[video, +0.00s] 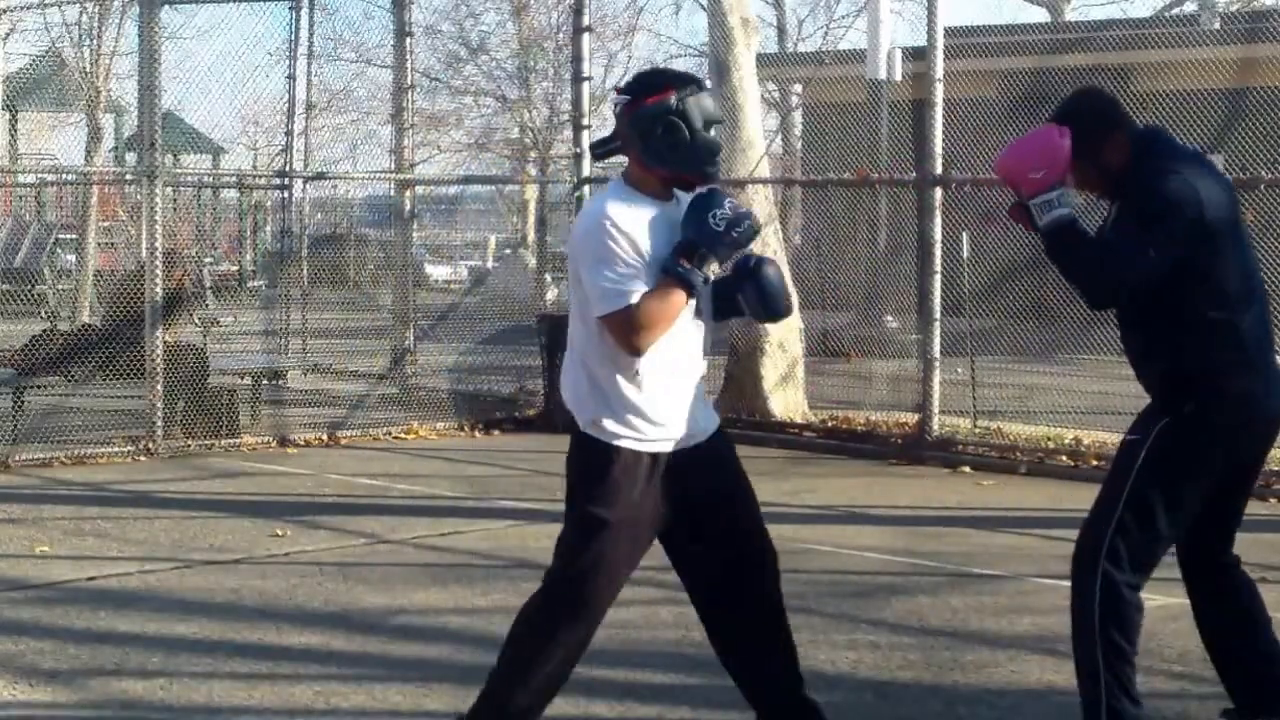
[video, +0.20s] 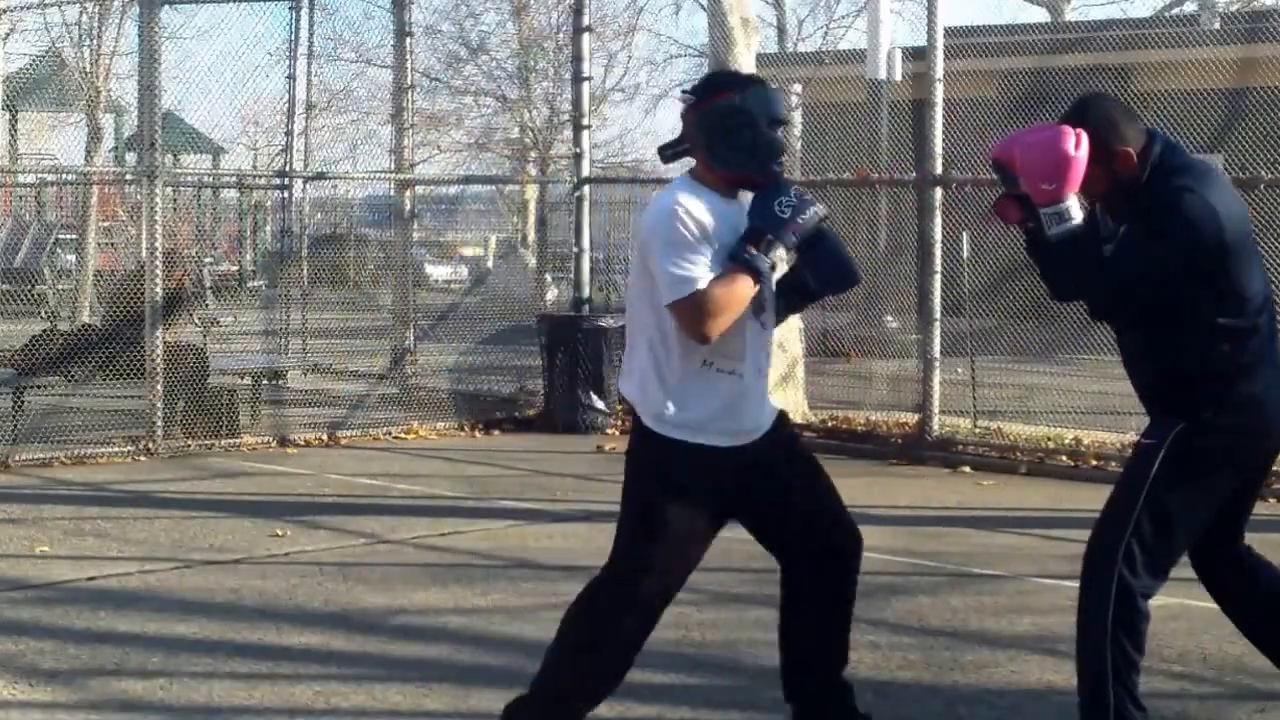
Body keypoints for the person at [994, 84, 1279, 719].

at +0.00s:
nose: (1081, 185)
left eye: (1079, 170)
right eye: (1074, 173)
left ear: (1108, 149)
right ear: (1121, 138)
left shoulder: (1162, 189)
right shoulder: (1187, 170)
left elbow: (1103, 282)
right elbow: (1108, 276)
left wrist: (1051, 208)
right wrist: (1048, 222)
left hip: (1197, 406)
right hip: (1248, 401)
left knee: (1104, 559)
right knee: (1206, 556)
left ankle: (1110, 709)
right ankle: (1264, 700)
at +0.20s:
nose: (1080, 186)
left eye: (1081, 173)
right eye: (1074, 174)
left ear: (1114, 158)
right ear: (1124, 150)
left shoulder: (1177, 204)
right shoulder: (1174, 180)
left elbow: (1108, 297)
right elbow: (1080, 282)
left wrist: (1059, 210)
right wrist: (1036, 221)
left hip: (1205, 415)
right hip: (1248, 409)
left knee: (1117, 562)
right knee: (1220, 555)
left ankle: (1112, 707)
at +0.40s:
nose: (1169, 163)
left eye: (1173, 148)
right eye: (1166, 151)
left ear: (1203, 136)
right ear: (1223, 129)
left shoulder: (1237, 199)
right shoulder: (1256, 183)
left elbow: (1162, 255)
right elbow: (1155, 242)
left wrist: (1099, 192)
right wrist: (1095, 191)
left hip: (1233, 426)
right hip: (1256, 424)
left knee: (1131, 565)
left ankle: (1110, 709)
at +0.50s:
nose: (1226, 156)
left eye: (1231, 140)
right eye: (1223, 143)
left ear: (1262, 132)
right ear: (1263, 134)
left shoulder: (1272, 202)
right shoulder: (1265, 200)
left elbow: (1223, 276)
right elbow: (1221, 277)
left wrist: (1185, 195)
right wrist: (1169, 213)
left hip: (1255, 431)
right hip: (1254, 426)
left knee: (1162, 568)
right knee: (1164, 567)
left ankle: (1119, 707)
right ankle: (1122, 705)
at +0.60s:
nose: (1265, 153)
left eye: (1269, 140)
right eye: (1263, 141)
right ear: (1261, 140)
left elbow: (1262, 272)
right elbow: (1262, 270)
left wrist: (1226, 198)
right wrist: (1228, 202)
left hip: (1278, 415)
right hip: (1276, 412)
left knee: (1216, 557)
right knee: (1217, 557)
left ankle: (1175, 704)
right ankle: (1176, 702)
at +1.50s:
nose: (1268, 150)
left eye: (1270, 135)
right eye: (1267, 135)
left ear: (1277, 137)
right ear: (1265, 137)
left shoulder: (1276, 214)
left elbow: (1269, 301)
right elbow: (1268, 300)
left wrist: (1205, 263)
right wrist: (1209, 264)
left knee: (1278, 617)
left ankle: (1268, 699)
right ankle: (1266, 697)